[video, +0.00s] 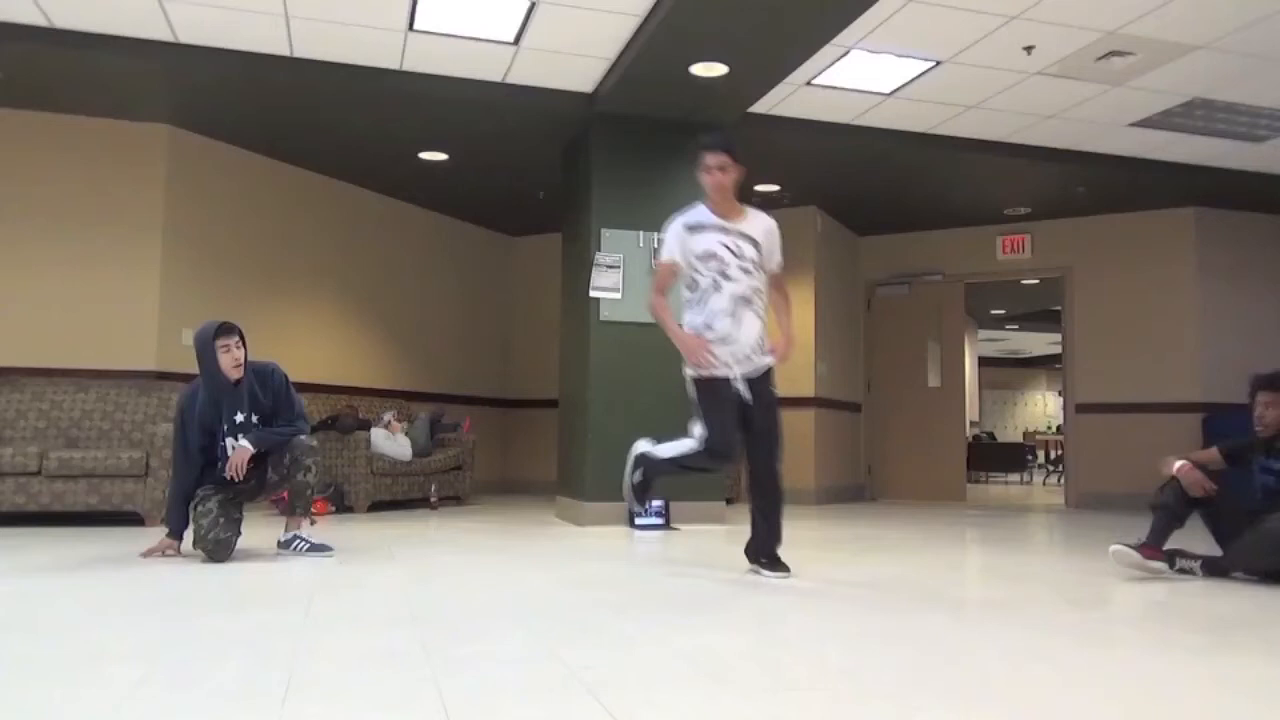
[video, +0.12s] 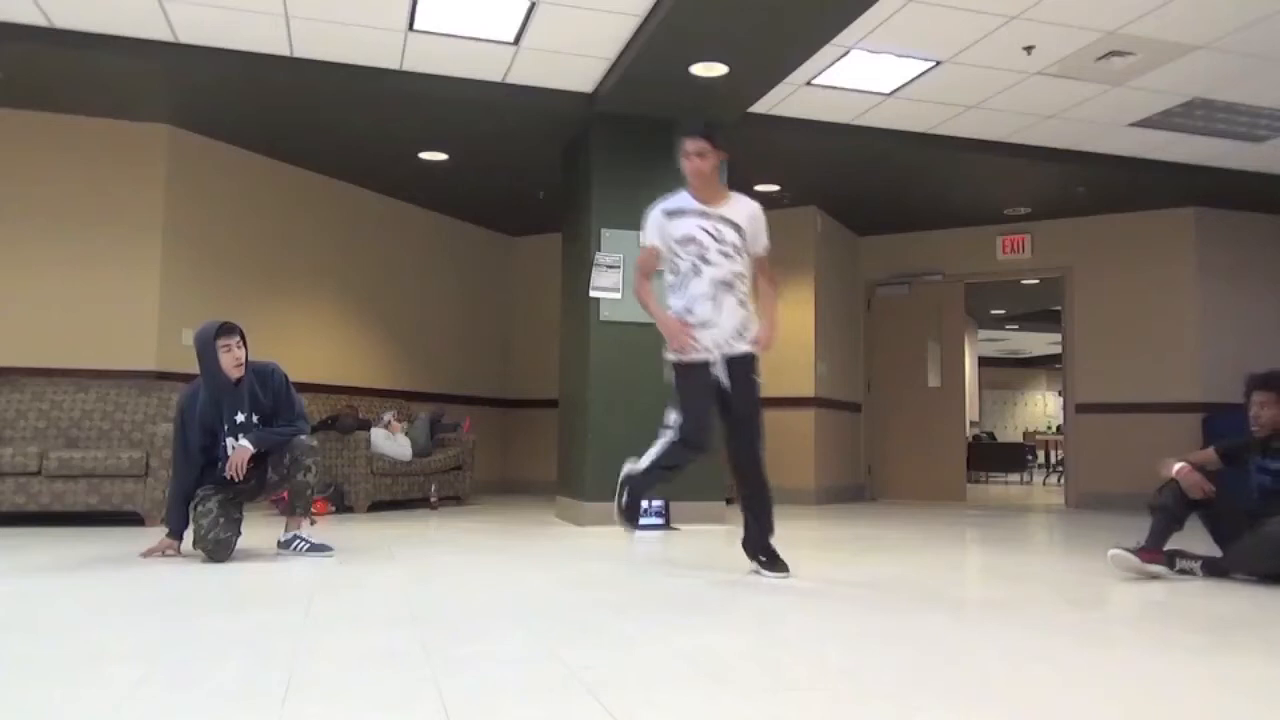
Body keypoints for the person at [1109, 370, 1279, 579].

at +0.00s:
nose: (1258, 413)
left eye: (1269, 406)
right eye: (1256, 406)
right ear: (1251, 408)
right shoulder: (1256, 446)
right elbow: (1170, 462)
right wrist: (1182, 468)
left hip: (1271, 555)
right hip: (1246, 545)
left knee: (1276, 523)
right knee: (1188, 475)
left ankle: (1214, 566)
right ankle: (1151, 547)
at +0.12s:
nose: (1254, 413)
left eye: (1265, 406)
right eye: (1251, 406)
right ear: (1246, 408)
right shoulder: (1251, 447)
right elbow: (1169, 464)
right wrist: (1182, 470)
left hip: (1271, 553)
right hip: (1245, 544)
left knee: (1275, 529)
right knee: (1186, 477)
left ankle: (1209, 567)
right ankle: (1151, 549)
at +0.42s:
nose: (1230, 417)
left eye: (1240, 408)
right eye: (1228, 408)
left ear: (1267, 415)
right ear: (1224, 410)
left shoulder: (1275, 458)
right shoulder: (1236, 449)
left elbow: (1276, 512)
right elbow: (1166, 468)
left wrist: (1241, 511)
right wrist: (1172, 473)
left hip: (1266, 538)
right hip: (1235, 533)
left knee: (1267, 567)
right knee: (1178, 482)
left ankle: (1198, 566)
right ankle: (1146, 554)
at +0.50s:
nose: (1226, 419)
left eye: (1236, 411)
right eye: (1225, 411)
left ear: (1263, 416)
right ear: (1221, 413)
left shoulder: (1274, 460)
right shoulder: (1234, 452)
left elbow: (1275, 515)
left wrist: (1217, 515)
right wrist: (1167, 474)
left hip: (1266, 537)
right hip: (1234, 533)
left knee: (1268, 568)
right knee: (1174, 483)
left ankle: (1197, 565)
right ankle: (1147, 554)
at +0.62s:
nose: (1222, 421)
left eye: (1232, 414)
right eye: (1220, 413)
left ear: (1258, 420)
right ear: (1215, 414)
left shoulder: (1274, 463)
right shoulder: (1226, 456)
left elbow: (1270, 524)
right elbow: (1190, 479)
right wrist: (1150, 482)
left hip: (1264, 541)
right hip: (1230, 531)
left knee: (1268, 566)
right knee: (1178, 474)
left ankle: (1201, 566)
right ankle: (1149, 551)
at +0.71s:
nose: (1219, 424)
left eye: (1229, 417)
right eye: (1217, 416)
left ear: (1255, 424)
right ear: (1212, 417)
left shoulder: (1274, 464)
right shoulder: (1223, 458)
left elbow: (1271, 528)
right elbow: (1204, 497)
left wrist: (1193, 534)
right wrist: (1154, 496)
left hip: (1262, 540)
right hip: (1229, 528)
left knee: (1269, 568)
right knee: (1178, 475)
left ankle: (1207, 566)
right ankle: (1150, 551)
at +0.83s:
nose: (1218, 428)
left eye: (1228, 420)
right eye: (1215, 419)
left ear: (1254, 426)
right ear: (1210, 419)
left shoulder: (1274, 465)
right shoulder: (1225, 461)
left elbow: (1273, 529)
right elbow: (1211, 505)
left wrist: (1199, 532)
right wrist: (1153, 503)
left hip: (1264, 543)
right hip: (1231, 531)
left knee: (1269, 569)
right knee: (1177, 475)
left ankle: (1209, 566)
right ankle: (1149, 553)